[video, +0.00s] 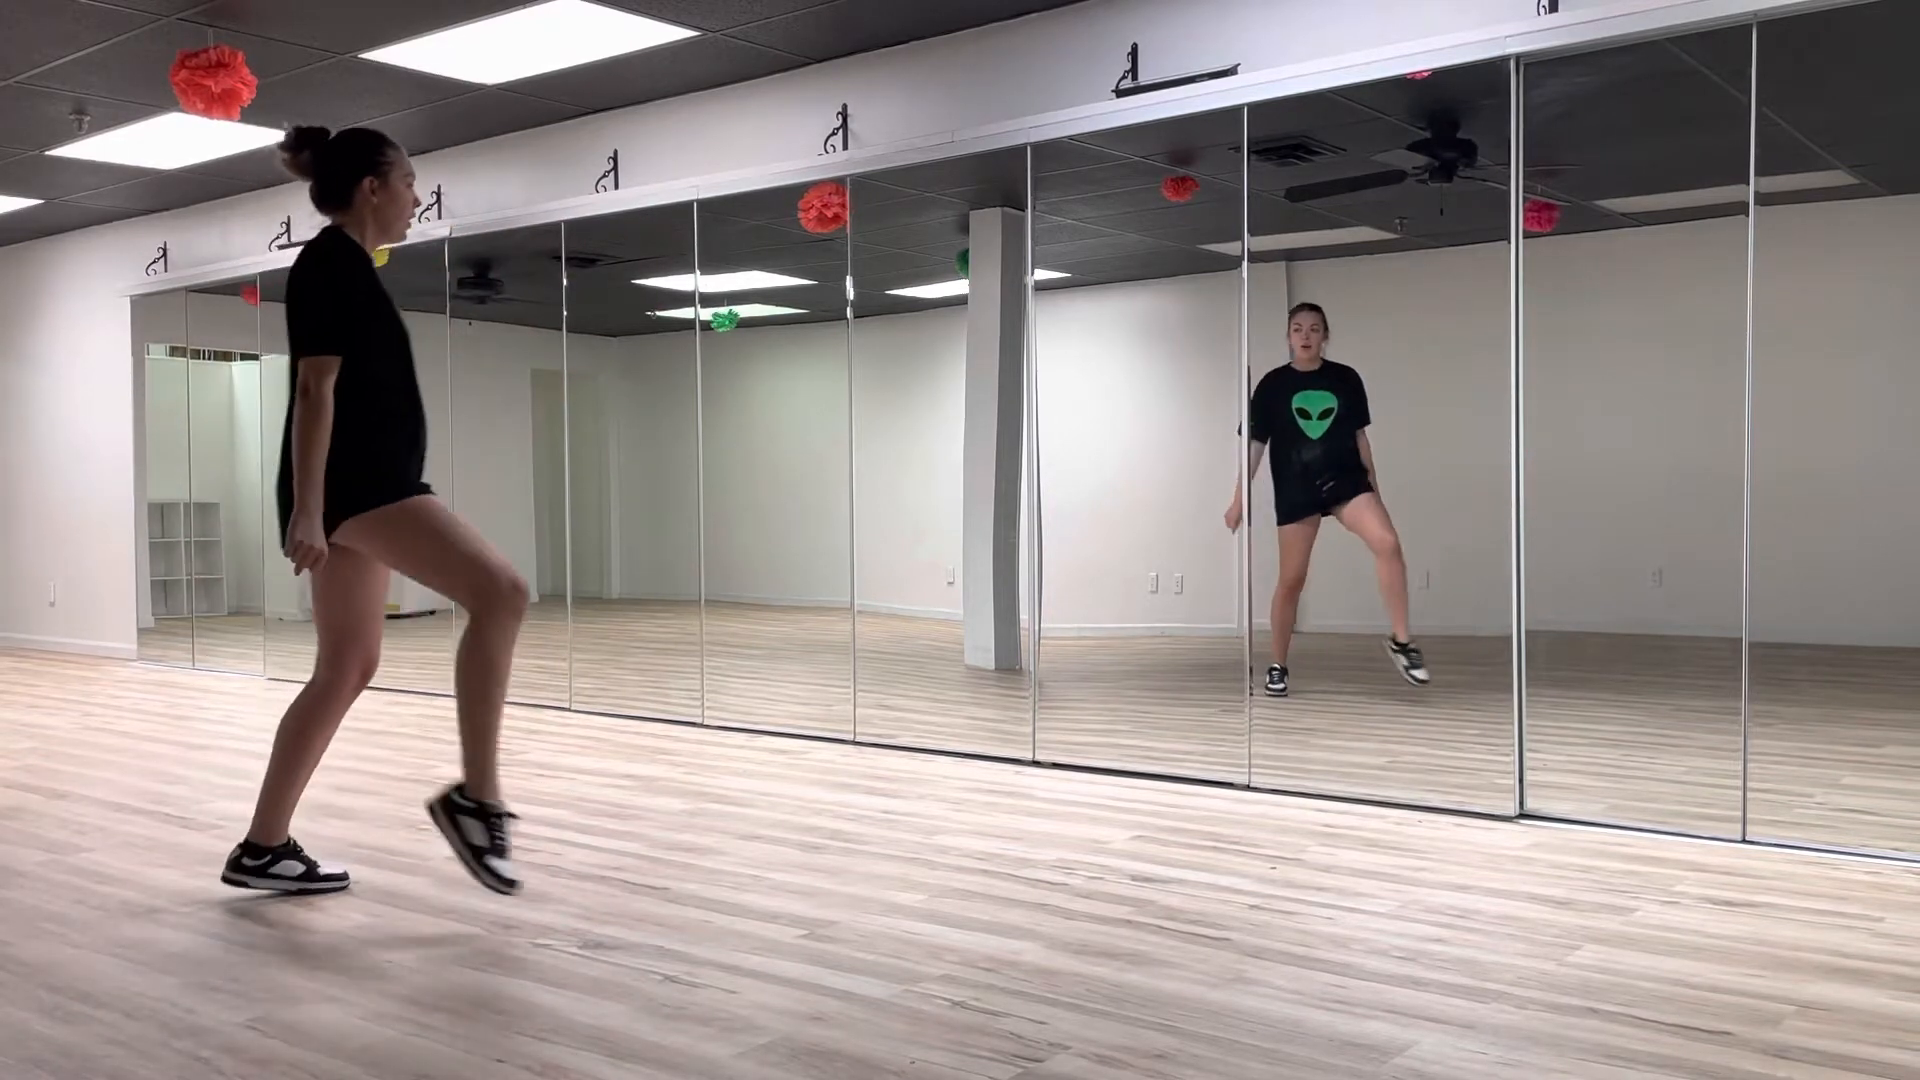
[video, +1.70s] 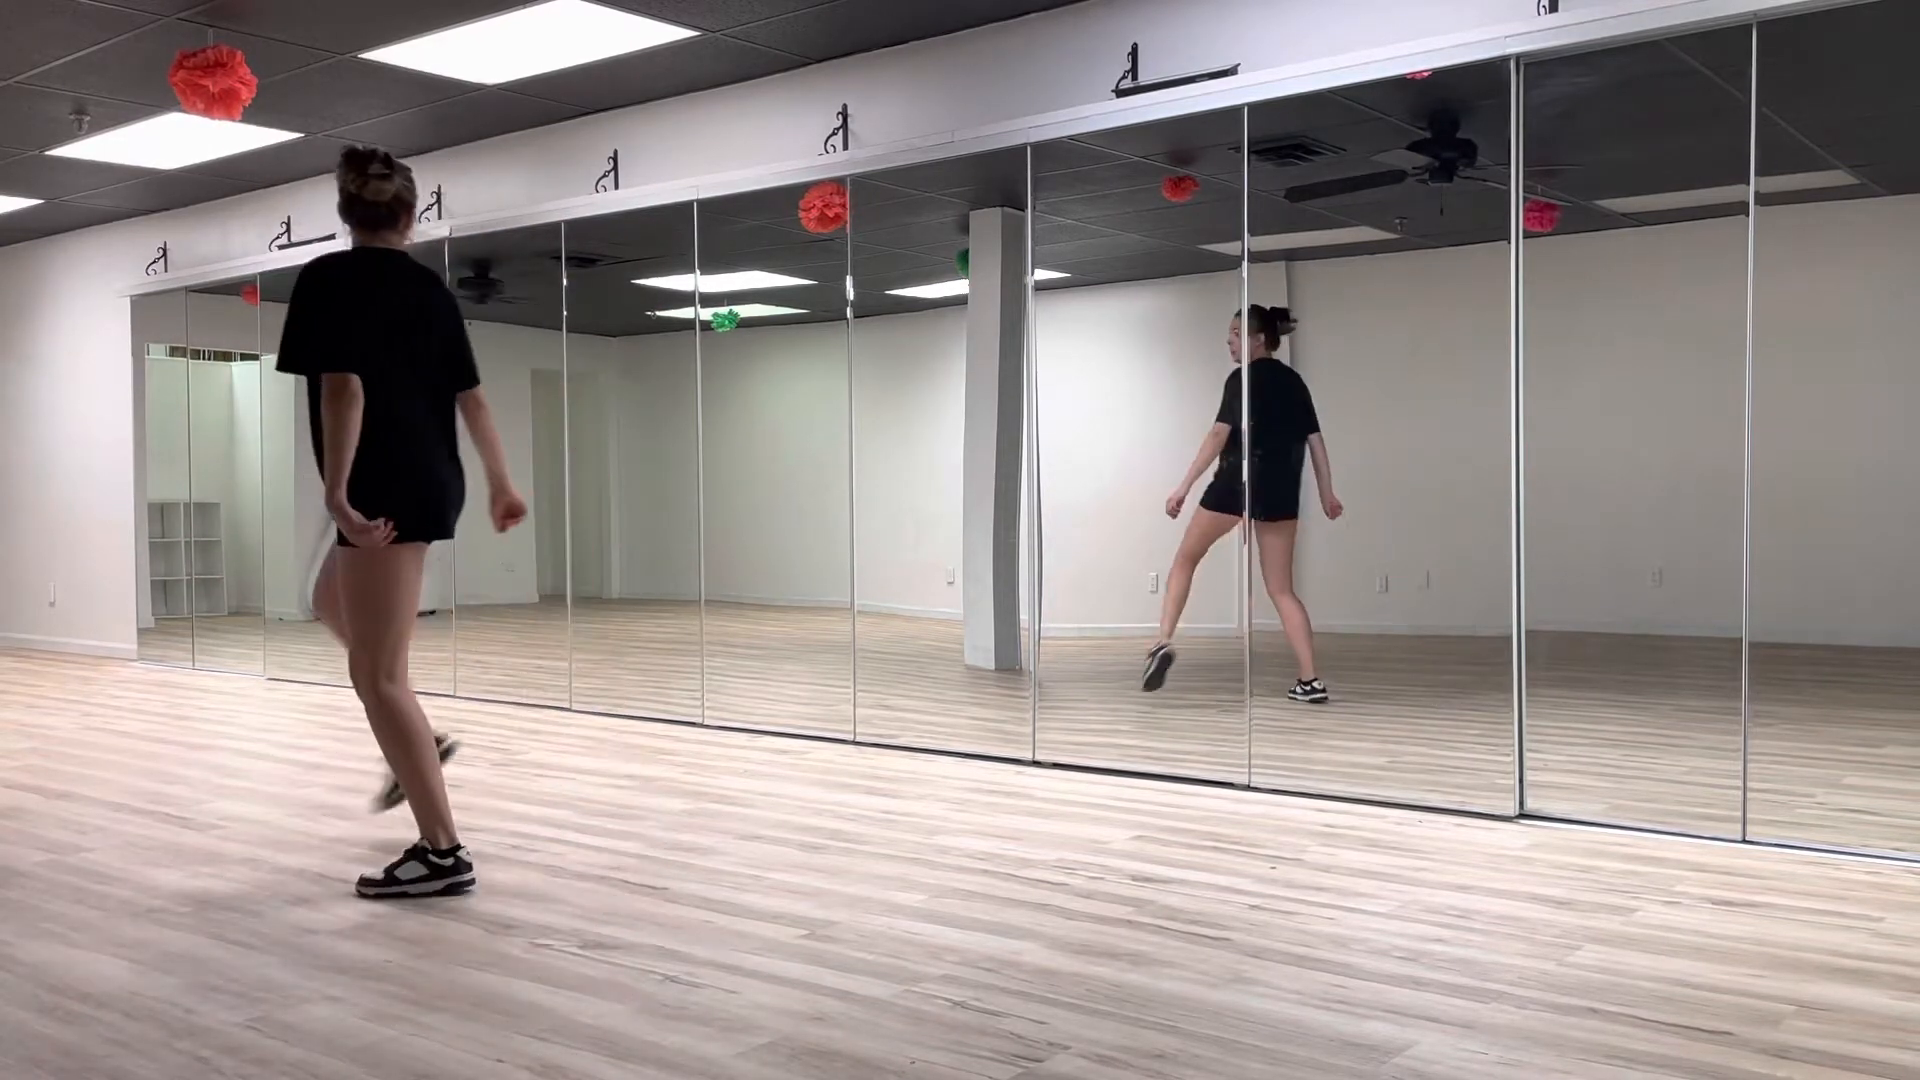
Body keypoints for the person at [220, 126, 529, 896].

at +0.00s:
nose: (417, 197)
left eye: (414, 183)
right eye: (408, 183)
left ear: (355, 192)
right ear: (371, 189)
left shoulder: (346, 264)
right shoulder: (330, 264)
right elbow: (315, 390)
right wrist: (307, 508)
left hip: (347, 489)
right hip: (367, 485)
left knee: (344, 667)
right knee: (501, 593)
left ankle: (264, 842)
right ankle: (479, 798)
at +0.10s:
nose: (438, 187)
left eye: (434, 173)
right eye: (427, 173)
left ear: (380, 184)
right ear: (391, 182)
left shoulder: (372, 261)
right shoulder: (352, 259)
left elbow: (369, 388)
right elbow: (333, 385)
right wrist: (319, 506)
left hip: (373, 481)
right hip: (395, 480)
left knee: (370, 667)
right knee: (497, 626)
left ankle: (275, 835)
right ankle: (515, 835)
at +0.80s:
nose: (471, 218)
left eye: (468, 205)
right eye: (469, 205)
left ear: (398, 211)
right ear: (449, 205)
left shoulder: (351, 291)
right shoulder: (465, 285)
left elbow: (321, 414)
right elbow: (458, 399)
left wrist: (304, 516)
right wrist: (462, 519)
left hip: (375, 504)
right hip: (470, 492)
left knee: (388, 680)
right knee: (581, 605)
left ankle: (345, 863)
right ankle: (561, 750)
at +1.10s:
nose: (509, 254)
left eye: (505, 244)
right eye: (508, 244)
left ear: (433, 252)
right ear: (495, 246)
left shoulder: (392, 338)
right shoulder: (525, 322)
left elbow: (366, 451)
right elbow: (548, 436)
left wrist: (342, 548)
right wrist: (572, 546)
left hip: (470, 528)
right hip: (561, 516)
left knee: (410, 686)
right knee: (593, 659)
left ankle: (419, 841)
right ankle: (638, 808)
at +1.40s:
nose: (465, 224)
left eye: (437, 214)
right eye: (467, 215)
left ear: (399, 218)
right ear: (465, 218)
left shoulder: (367, 291)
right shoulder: (496, 292)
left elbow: (399, 399)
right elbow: (551, 397)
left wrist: (417, 501)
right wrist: (603, 482)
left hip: (413, 495)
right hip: (501, 489)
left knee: (401, 680)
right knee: (515, 628)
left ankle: (440, 852)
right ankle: (613, 753)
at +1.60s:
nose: (425, 226)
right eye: (429, 217)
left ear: (359, 224)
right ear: (427, 222)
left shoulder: (345, 288)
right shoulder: (450, 296)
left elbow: (362, 398)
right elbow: (501, 402)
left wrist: (356, 504)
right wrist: (539, 480)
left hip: (389, 493)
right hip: (452, 490)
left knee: (378, 682)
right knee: (397, 615)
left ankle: (438, 852)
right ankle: (499, 698)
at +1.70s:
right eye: (412, 211)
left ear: (344, 213)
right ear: (412, 217)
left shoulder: (329, 277)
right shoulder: (432, 290)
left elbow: (344, 388)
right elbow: (470, 396)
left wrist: (336, 491)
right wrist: (501, 480)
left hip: (378, 485)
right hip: (430, 482)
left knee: (378, 676)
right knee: (331, 602)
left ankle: (441, 848)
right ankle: (420, 740)